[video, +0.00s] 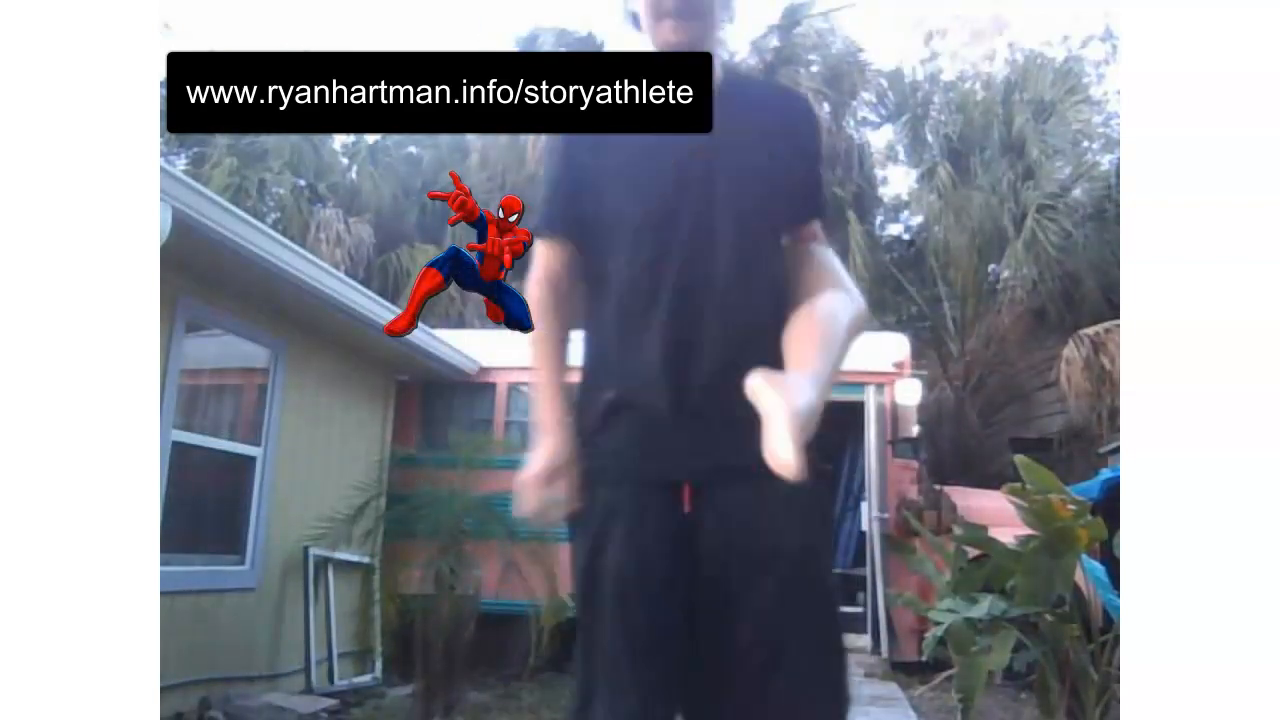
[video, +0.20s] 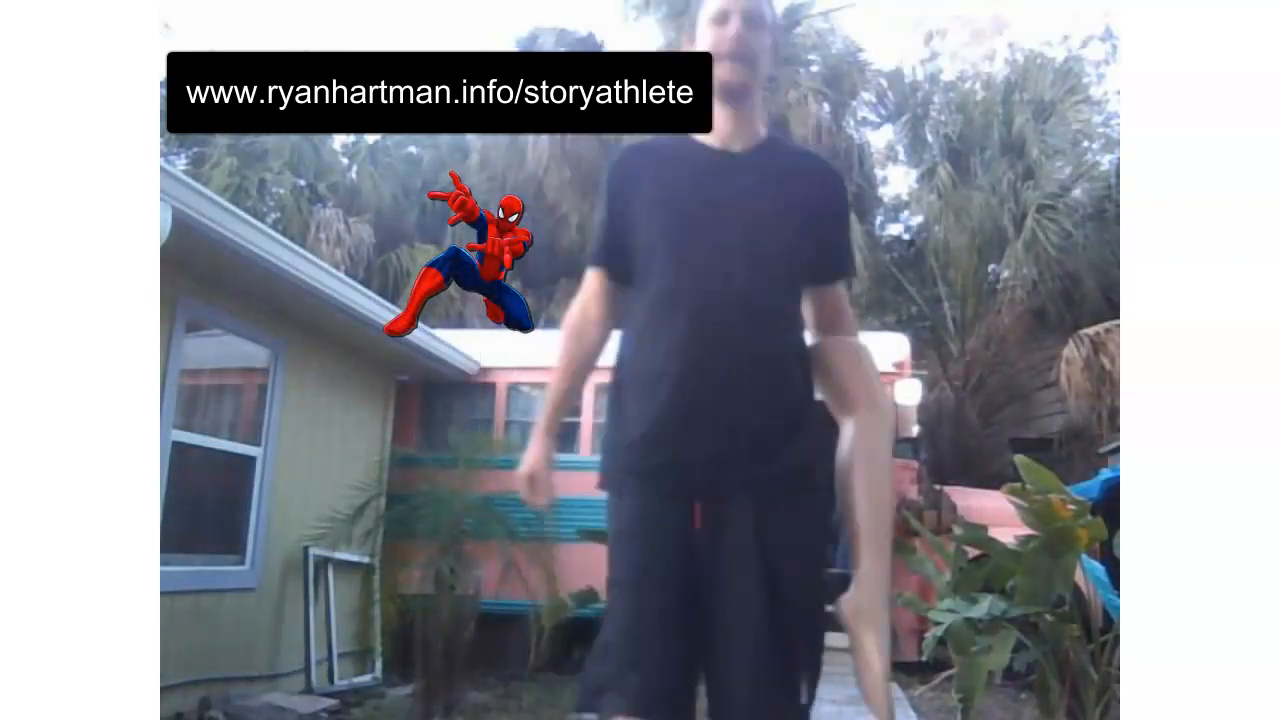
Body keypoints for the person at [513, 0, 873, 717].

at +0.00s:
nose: (671, 9)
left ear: (722, 7)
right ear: (634, 8)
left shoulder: (780, 111)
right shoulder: (586, 128)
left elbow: (806, 248)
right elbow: (549, 276)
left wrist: (807, 380)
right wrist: (553, 427)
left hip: (769, 459)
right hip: (627, 454)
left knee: (778, 695)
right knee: (626, 692)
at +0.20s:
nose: (735, 34)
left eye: (753, 20)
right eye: (719, 19)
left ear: (775, 47)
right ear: (690, 43)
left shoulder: (812, 180)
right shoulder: (638, 167)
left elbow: (834, 324)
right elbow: (596, 303)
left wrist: (873, 419)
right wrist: (543, 434)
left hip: (775, 467)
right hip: (651, 464)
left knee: (761, 694)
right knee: (644, 690)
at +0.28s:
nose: (665, 144)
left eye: (678, 131)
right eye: (650, 135)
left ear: (707, 137)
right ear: (637, 150)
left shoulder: (757, 216)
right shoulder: (628, 231)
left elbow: (842, 369)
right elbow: (576, 307)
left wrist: (818, 486)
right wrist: (623, 208)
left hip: (728, 479)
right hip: (633, 478)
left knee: (734, 686)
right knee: (629, 681)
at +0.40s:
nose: (674, 144)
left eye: (689, 131)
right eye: (660, 133)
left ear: (717, 137)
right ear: (646, 144)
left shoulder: (766, 223)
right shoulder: (626, 235)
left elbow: (776, 371)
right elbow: (593, 349)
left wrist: (581, 437)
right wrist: (625, 350)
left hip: (733, 482)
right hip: (642, 481)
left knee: (740, 685)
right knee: (643, 678)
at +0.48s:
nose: (752, 94)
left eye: (769, 79)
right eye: (738, 77)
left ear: (793, 90)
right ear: (714, 86)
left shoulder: (838, 191)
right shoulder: (676, 178)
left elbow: (863, 343)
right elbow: (653, 270)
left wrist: (692, 383)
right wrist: (713, 155)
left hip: (799, 466)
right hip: (693, 462)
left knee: (772, 694)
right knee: (695, 683)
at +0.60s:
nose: (837, 18)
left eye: (859, 2)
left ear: (882, 16)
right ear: (788, 9)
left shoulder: (887, 149)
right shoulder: (720, 114)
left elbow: (875, 301)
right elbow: (636, 260)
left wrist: (899, 364)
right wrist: (705, 360)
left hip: (859, 473)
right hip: (724, 478)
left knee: (931, 698)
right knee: (716, 705)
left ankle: (828, 508)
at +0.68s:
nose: (830, 79)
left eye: (846, 58)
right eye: (807, 65)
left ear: (868, 70)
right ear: (777, 87)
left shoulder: (892, 184)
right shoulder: (744, 198)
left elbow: (894, 318)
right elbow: (692, 366)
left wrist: (946, 379)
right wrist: (733, 491)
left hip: (871, 477)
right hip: (774, 489)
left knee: (920, 687)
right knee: (803, 702)